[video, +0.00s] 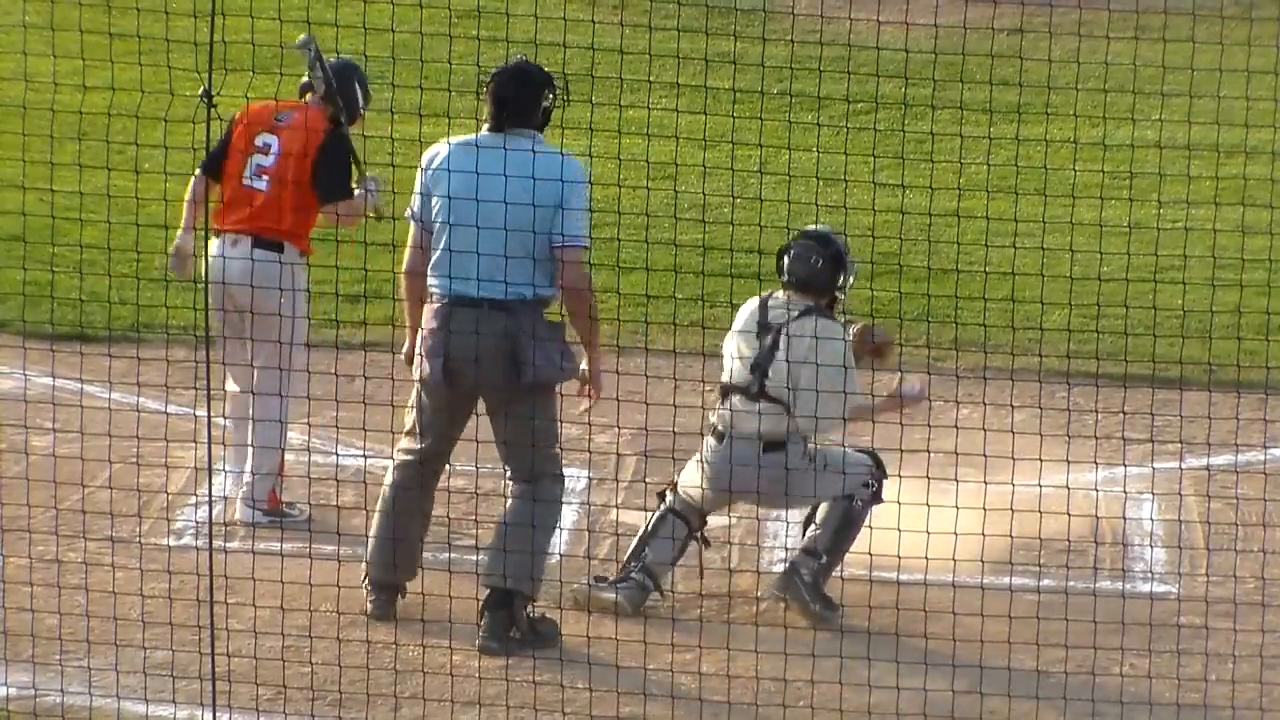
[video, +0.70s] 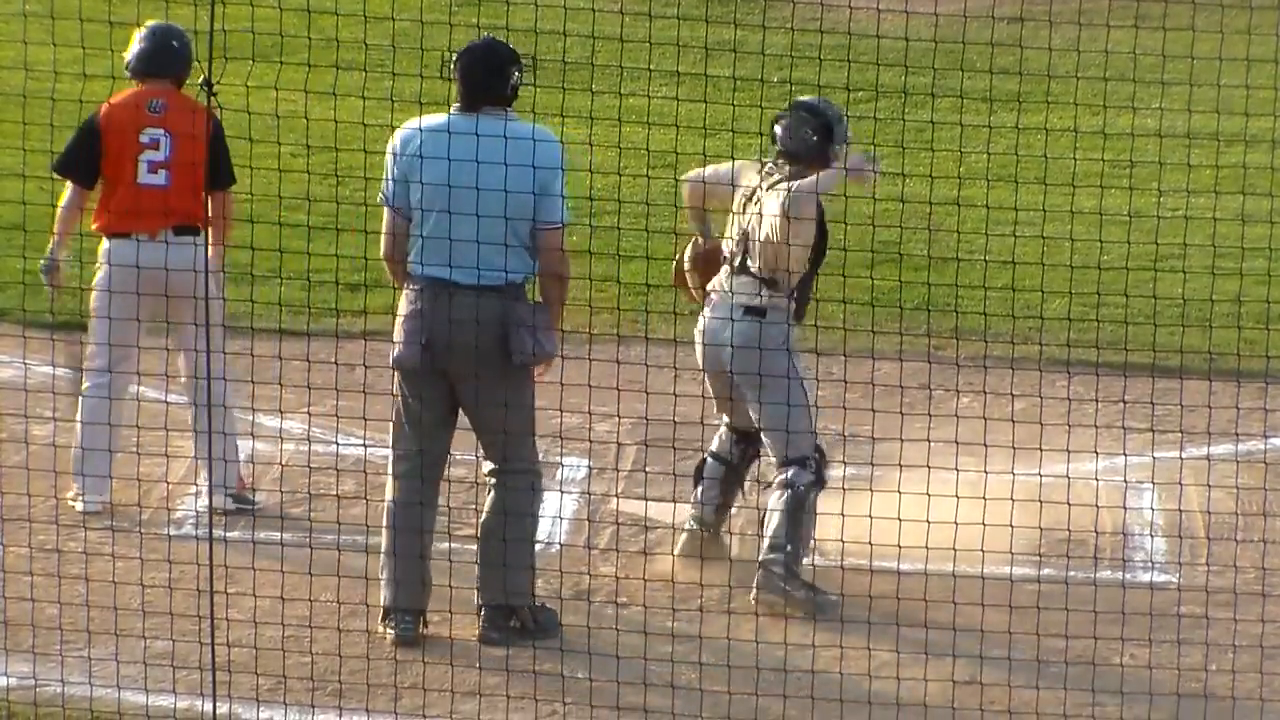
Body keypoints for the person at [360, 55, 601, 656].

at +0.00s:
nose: (550, 115)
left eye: (543, 106)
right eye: (548, 107)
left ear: (490, 107)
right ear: (543, 112)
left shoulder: (440, 158)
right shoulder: (564, 170)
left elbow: (415, 265)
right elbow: (573, 280)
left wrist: (412, 332)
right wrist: (592, 352)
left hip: (446, 333)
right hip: (519, 338)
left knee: (419, 455)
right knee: (538, 478)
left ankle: (382, 587)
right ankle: (503, 611)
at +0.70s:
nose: (514, 91)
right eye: (514, 83)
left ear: (456, 86)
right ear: (511, 88)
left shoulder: (411, 138)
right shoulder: (540, 146)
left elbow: (394, 245)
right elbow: (552, 254)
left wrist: (417, 299)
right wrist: (551, 327)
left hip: (422, 317)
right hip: (498, 320)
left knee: (414, 464)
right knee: (515, 465)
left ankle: (403, 609)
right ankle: (505, 607)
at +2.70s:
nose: (565, 96)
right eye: (565, 89)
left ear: (502, 90)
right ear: (559, 93)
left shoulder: (459, 137)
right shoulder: (588, 148)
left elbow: (435, 242)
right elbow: (599, 256)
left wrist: (435, 317)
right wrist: (607, 335)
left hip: (473, 319)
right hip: (549, 324)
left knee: (457, 462)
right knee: (548, 467)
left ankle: (444, 599)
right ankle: (531, 610)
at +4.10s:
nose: (573, 100)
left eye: (521, 89)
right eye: (576, 92)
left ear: (519, 92)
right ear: (575, 95)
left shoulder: (474, 139)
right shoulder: (599, 153)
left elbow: (447, 250)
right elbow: (607, 262)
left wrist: (458, 311)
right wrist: (614, 339)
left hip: (484, 317)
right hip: (560, 323)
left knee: (463, 454)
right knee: (546, 464)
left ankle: (442, 594)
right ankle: (529, 610)